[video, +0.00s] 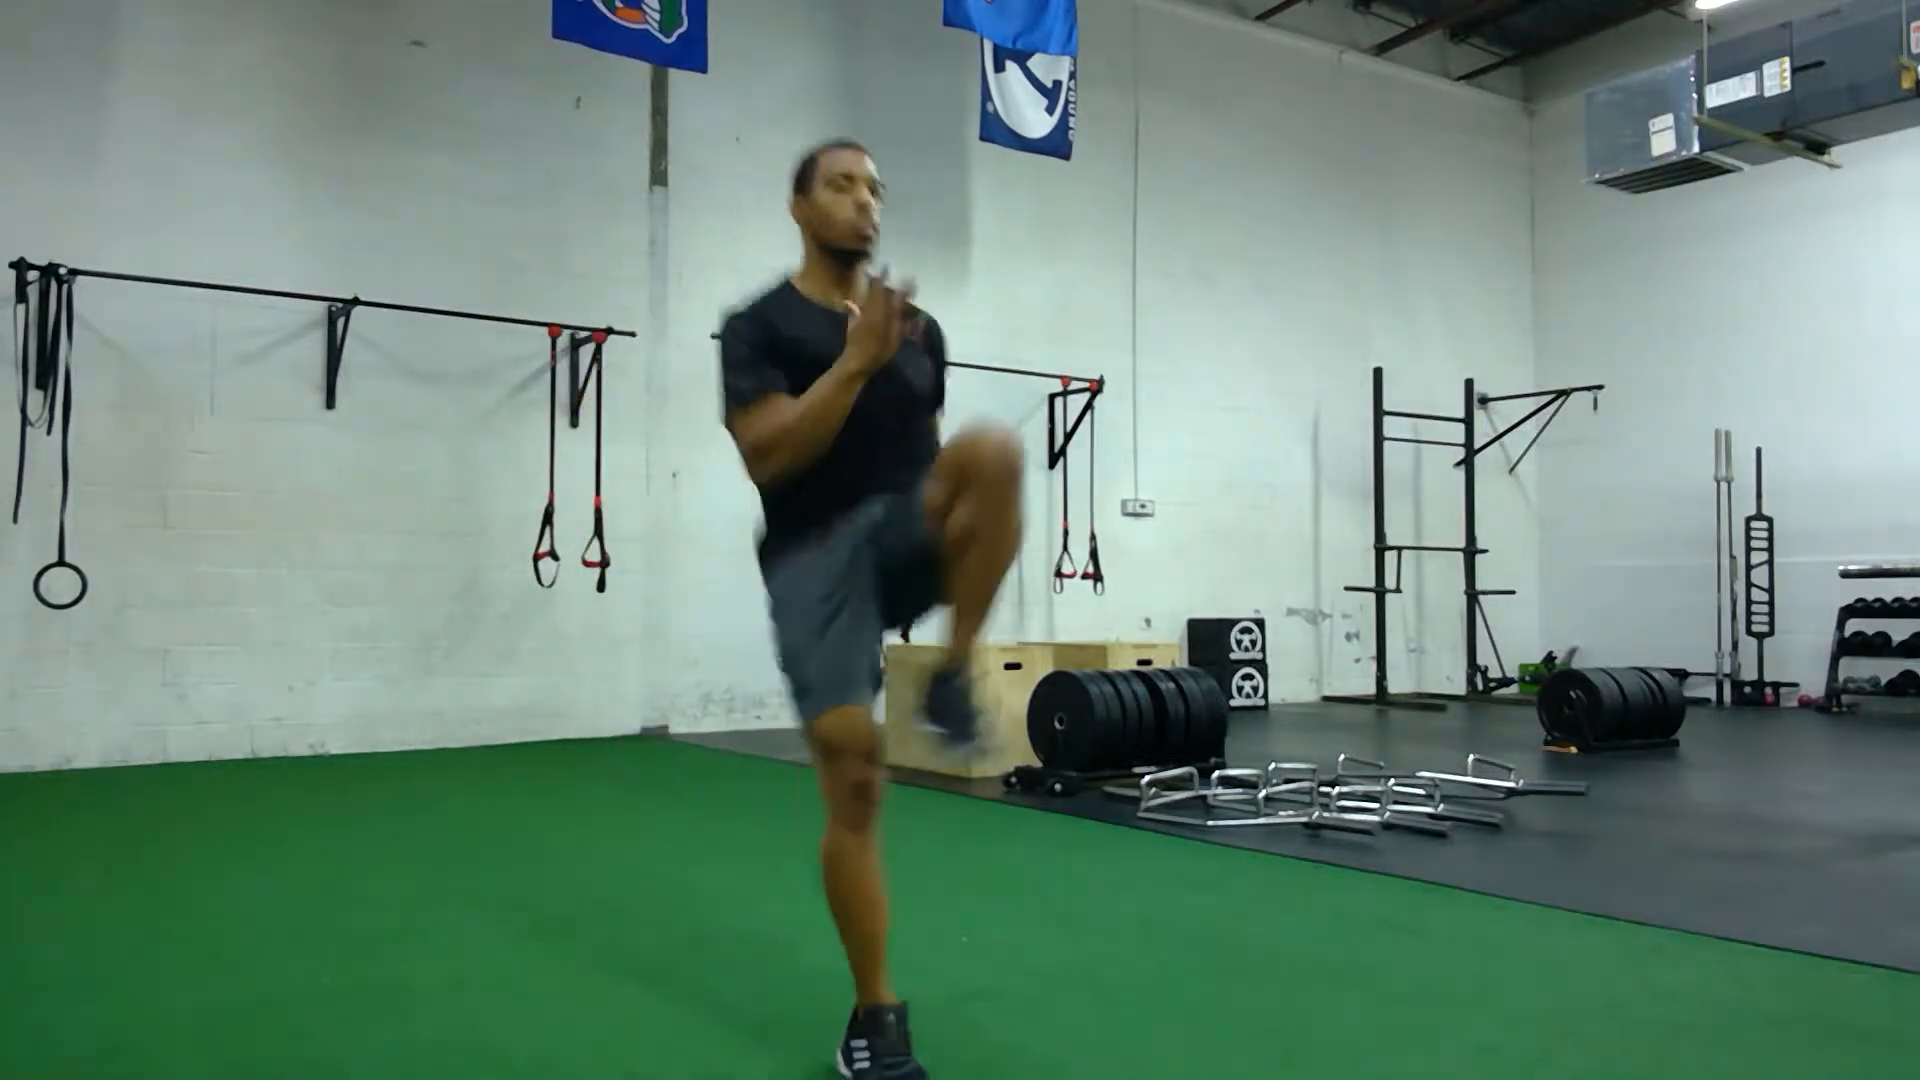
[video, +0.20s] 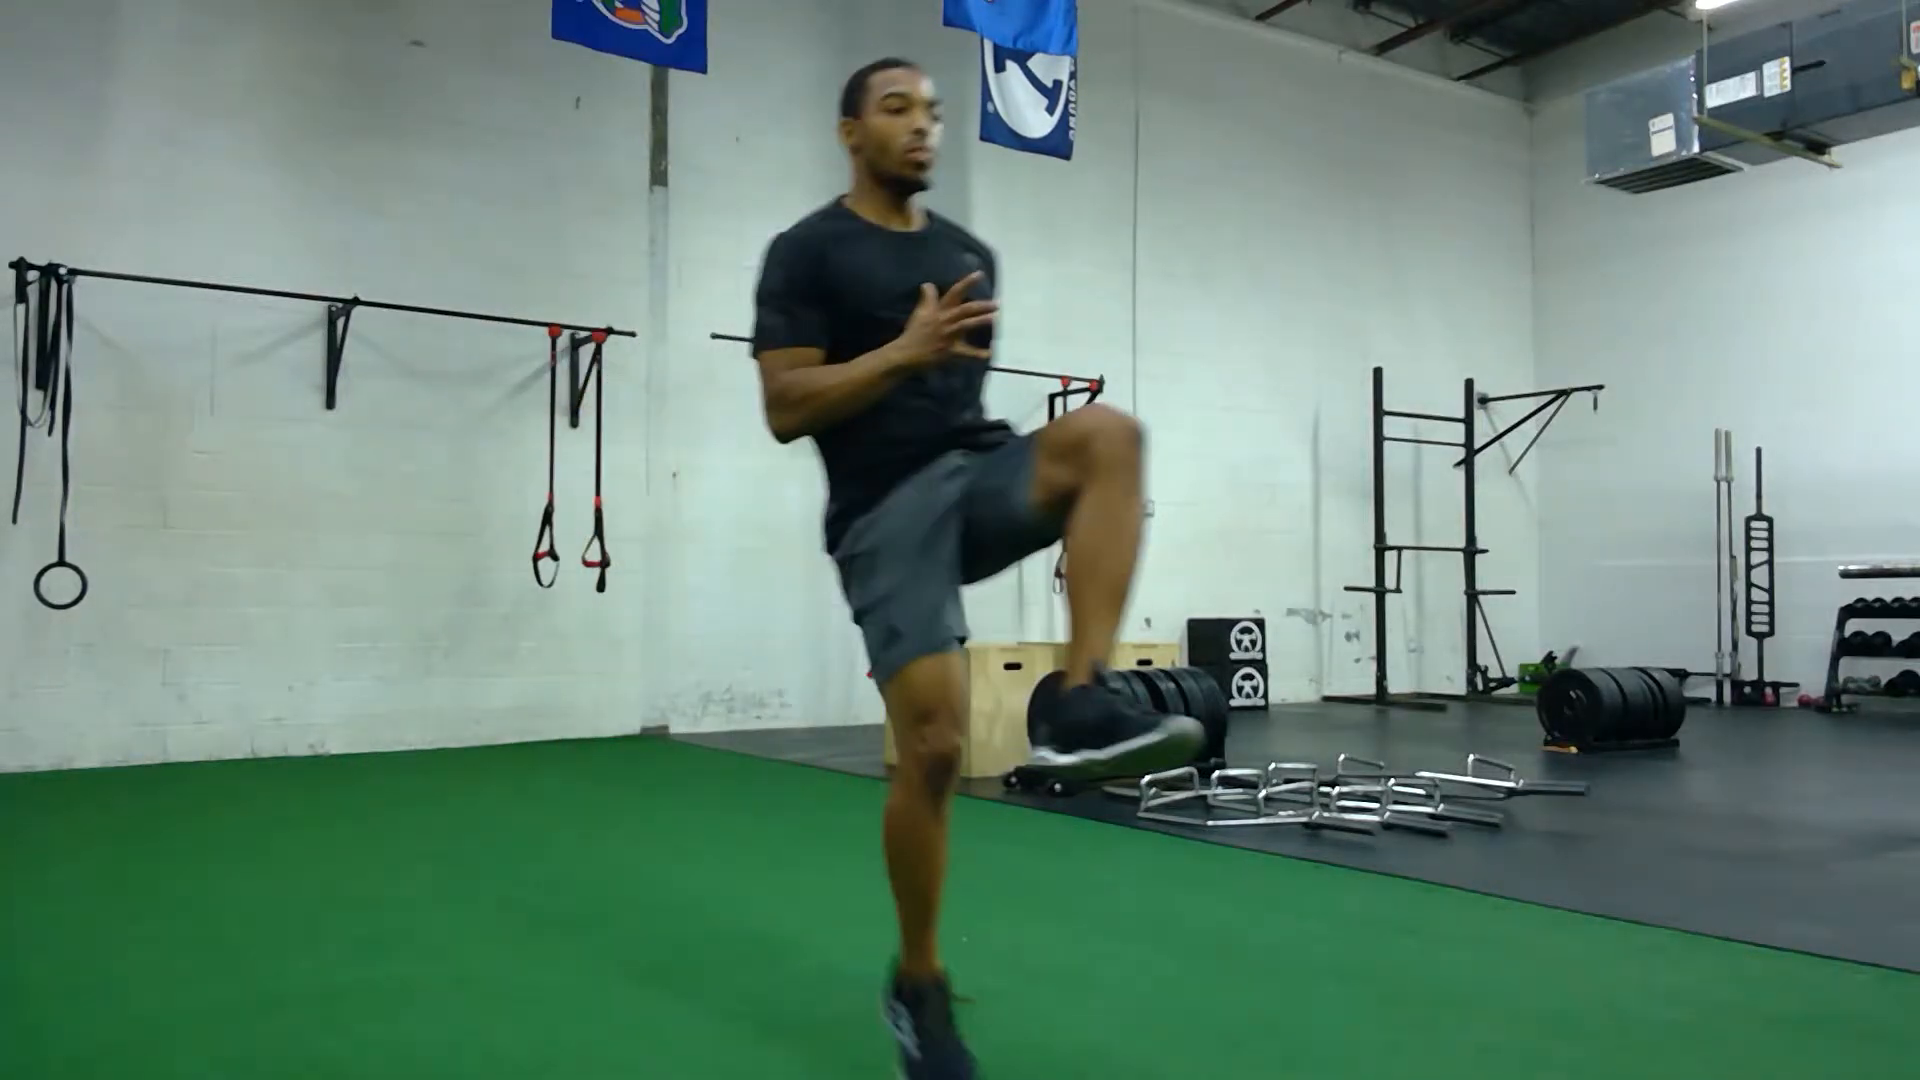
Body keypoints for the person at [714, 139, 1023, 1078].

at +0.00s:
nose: (864, 202)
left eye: (872, 190)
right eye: (843, 187)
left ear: (881, 213)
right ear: (799, 208)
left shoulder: (914, 331)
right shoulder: (757, 326)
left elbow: (920, 451)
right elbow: (764, 456)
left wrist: (954, 512)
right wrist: (856, 362)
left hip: (902, 532)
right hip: (811, 558)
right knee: (855, 783)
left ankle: (950, 676)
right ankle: (876, 1010)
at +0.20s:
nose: (921, 126)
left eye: (929, 112)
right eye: (899, 109)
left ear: (938, 132)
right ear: (849, 130)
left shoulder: (966, 253)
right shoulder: (805, 252)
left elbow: (963, 395)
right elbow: (783, 410)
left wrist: (1021, 456)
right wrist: (904, 352)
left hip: (979, 478)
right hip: (884, 512)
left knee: (1111, 435)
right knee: (934, 746)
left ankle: (1078, 692)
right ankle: (919, 981)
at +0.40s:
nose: (1014, 104)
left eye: (1022, 88)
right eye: (990, 84)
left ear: (1025, 110)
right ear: (933, 102)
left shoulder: (1034, 241)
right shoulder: (872, 226)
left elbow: (1019, 373)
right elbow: (840, 376)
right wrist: (984, 334)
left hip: (1050, 495)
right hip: (955, 540)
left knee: (1226, 479)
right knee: (983, 781)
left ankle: (1154, 750)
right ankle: (956, 1002)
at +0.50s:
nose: (1069, 61)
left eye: (1074, 44)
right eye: (1044, 41)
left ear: (1073, 67)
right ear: (981, 61)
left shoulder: (1083, 215)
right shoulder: (916, 188)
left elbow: (1075, 356)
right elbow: (850, 346)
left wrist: (1075, 411)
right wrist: (988, 373)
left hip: (1095, 479)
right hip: (984, 506)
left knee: (1254, 585)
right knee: (1028, 760)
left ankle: (1154, 856)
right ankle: (1009, 1031)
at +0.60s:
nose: (1127, 75)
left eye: (1130, 62)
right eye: (1100, 54)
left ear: (1125, 96)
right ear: (1030, 81)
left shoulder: (1132, 246)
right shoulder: (965, 209)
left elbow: (1098, 393)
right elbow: (872, 366)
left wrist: (1112, 481)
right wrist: (988, 444)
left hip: (1144, 532)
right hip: (1029, 551)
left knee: (1264, 727)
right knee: (1051, 812)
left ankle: (1170, 998)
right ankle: (1031, 1061)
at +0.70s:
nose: (1180, 84)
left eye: (1184, 69)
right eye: (1156, 61)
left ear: (1169, 98)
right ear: (1082, 77)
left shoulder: (1170, 248)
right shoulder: (1013, 205)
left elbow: (1155, 407)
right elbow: (924, 373)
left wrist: (1190, 540)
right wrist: (979, 509)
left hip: (1187, 564)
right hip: (1078, 566)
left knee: (1218, 805)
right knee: (1111, 817)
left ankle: (1174, 1069)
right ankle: (1043, 1059)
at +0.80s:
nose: (1232, 85)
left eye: (1234, 69)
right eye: (1210, 58)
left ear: (1214, 94)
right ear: (1134, 65)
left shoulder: (1212, 249)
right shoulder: (1065, 190)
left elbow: (1226, 425)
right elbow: (971, 359)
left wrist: (1305, 557)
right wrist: (979, 526)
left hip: (1215, 562)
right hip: (1126, 564)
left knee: (1207, 826)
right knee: (1221, 808)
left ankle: (1172, 1068)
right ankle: (1070, 1029)